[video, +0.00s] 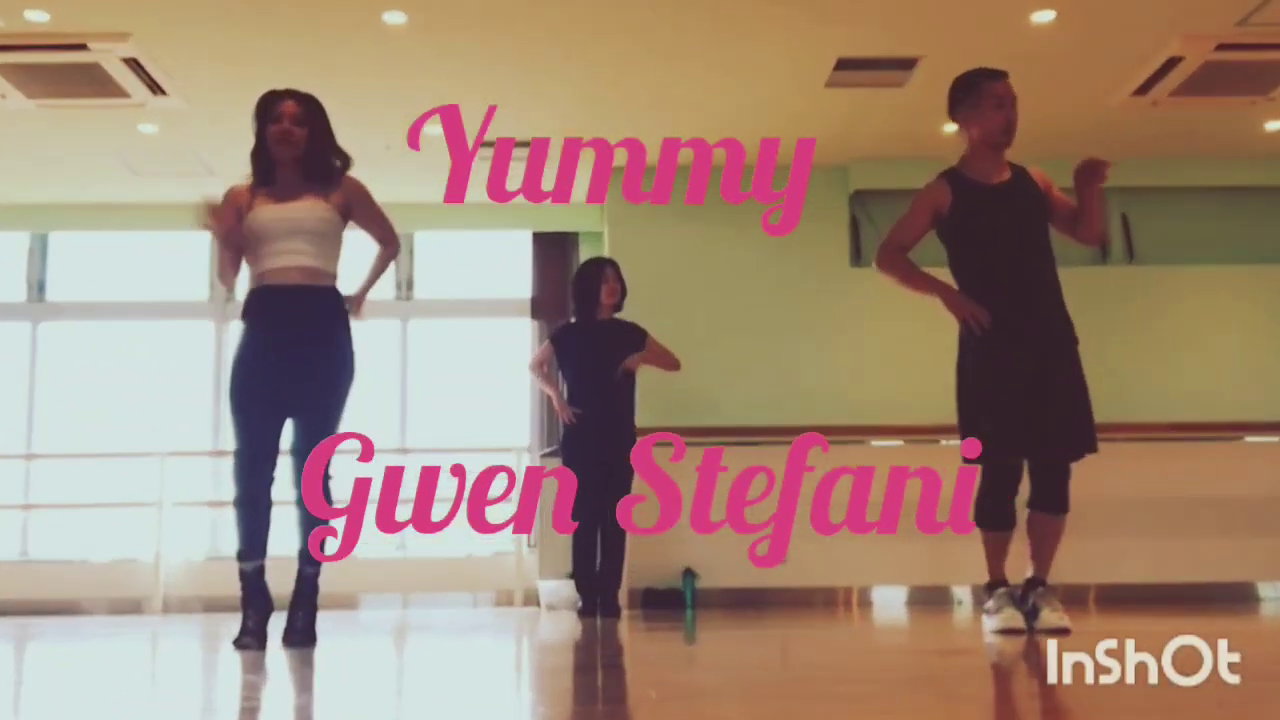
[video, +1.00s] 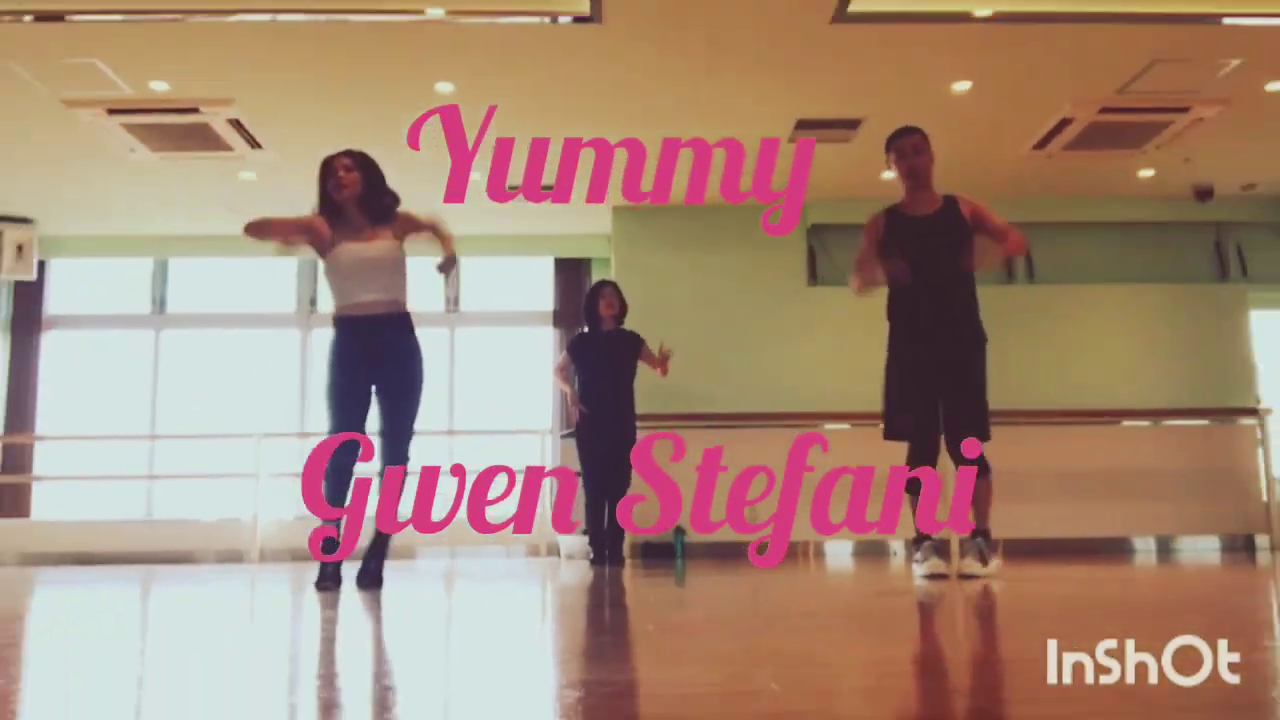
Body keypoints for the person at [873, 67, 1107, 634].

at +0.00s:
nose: (1010, 114)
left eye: (1012, 104)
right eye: (998, 105)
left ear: (1016, 112)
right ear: (964, 118)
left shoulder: (1031, 181)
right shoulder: (945, 191)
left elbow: (1088, 232)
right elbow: (889, 257)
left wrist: (1091, 188)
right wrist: (948, 295)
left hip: (1048, 342)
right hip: (991, 345)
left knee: (1052, 466)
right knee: (1000, 468)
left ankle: (1039, 589)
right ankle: (995, 588)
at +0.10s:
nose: (1029, 106)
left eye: (1027, 96)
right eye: (1016, 97)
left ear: (1008, 110)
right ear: (979, 112)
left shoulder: (1042, 175)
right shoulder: (957, 193)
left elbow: (1112, 211)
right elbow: (905, 268)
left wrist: (1126, 168)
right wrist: (967, 295)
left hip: (1074, 347)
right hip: (1015, 354)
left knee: (1083, 475)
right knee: (1028, 477)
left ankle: (1061, 601)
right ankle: (1018, 602)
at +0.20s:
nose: (1036, 101)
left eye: (1031, 90)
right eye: (1023, 92)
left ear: (1004, 106)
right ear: (985, 107)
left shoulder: (1049, 169)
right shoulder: (965, 192)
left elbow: (1130, 170)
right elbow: (922, 274)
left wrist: (1177, 123)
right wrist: (984, 295)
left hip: (1089, 347)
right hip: (1031, 357)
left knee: (1099, 478)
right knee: (1045, 481)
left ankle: (1072, 609)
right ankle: (1028, 608)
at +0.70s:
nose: (978, 118)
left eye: (986, 106)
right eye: (965, 110)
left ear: (998, 112)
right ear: (944, 119)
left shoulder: (1028, 172)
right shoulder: (939, 196)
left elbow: (1102, 153)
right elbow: (888, 264)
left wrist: (1124, 93)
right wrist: (927, 251)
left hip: (1048, 341)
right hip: (989, 348)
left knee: (1049, 469)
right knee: (1000, 470)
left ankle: (1042, 590)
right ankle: (999, 592)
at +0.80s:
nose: (959, 129)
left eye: (965, 118)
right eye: (946, 122)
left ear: (978, 121)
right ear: (929, 132)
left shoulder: (1008, 180)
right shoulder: (919, 199)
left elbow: (1075, 165)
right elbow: (864, 253)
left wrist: (1081, 117)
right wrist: (884, 215)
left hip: (1022, 339)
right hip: (965, 345)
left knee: (1024, 460)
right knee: (971, 465)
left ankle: (1016, 575)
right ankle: (972, 578)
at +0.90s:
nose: (936, 142)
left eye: (941, 132)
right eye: (924, 136)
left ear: (954, 135)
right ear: (910, 146)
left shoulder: (983, 190)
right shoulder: (903, 206)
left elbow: (1051, 194)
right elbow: (853, 258)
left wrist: (1041, 162)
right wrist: (876, 220)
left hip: (991, 338)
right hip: (937, 344)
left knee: (995, 450)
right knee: (944, 451)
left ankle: (995, 557)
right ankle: (947, 559)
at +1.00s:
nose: (913, 161)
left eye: (919, 152)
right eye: (904, 155)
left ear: (932, 157)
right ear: (891, 164)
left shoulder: (962, 209)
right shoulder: (883, 223)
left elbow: (1016, 241)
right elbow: (861, 279)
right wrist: (884, 268)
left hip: (961, 342)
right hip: (911, 347)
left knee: (968, 444)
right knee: (921, 446)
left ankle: (979, 538)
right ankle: (926, 542)